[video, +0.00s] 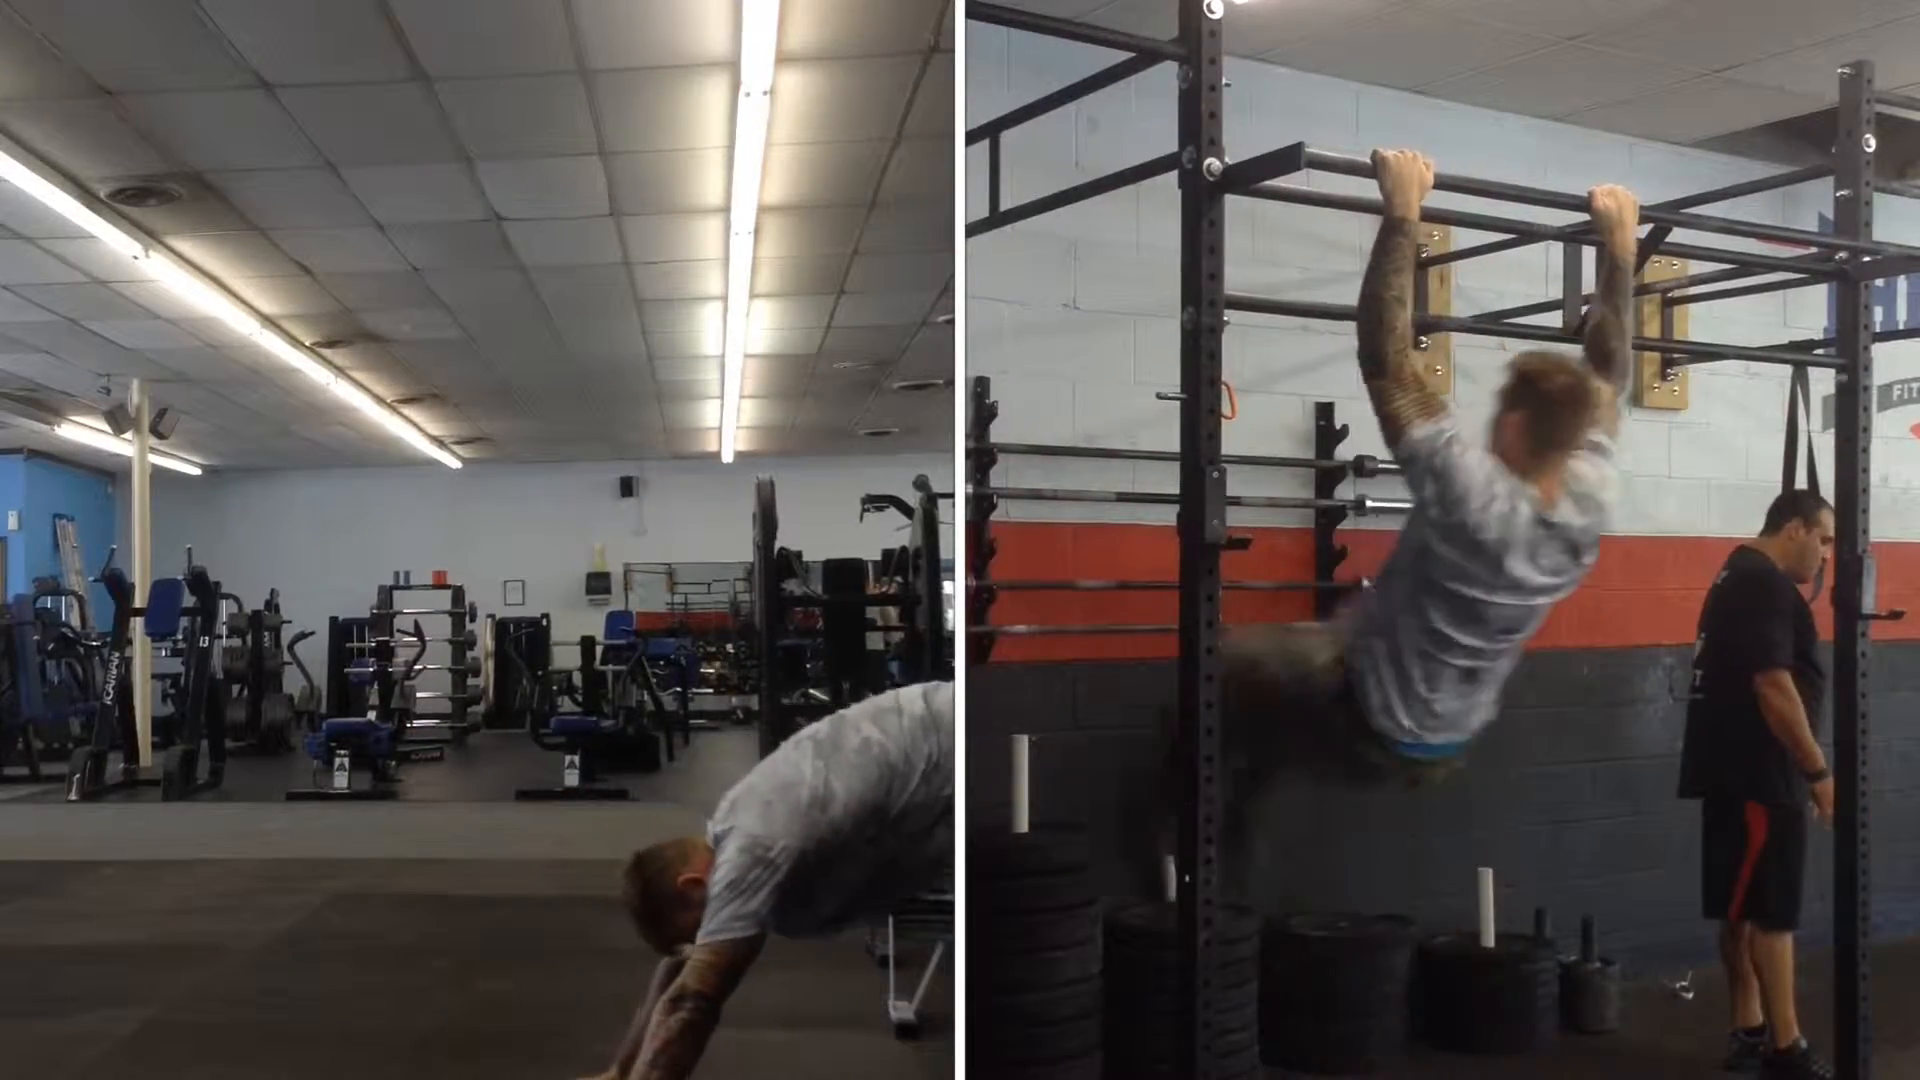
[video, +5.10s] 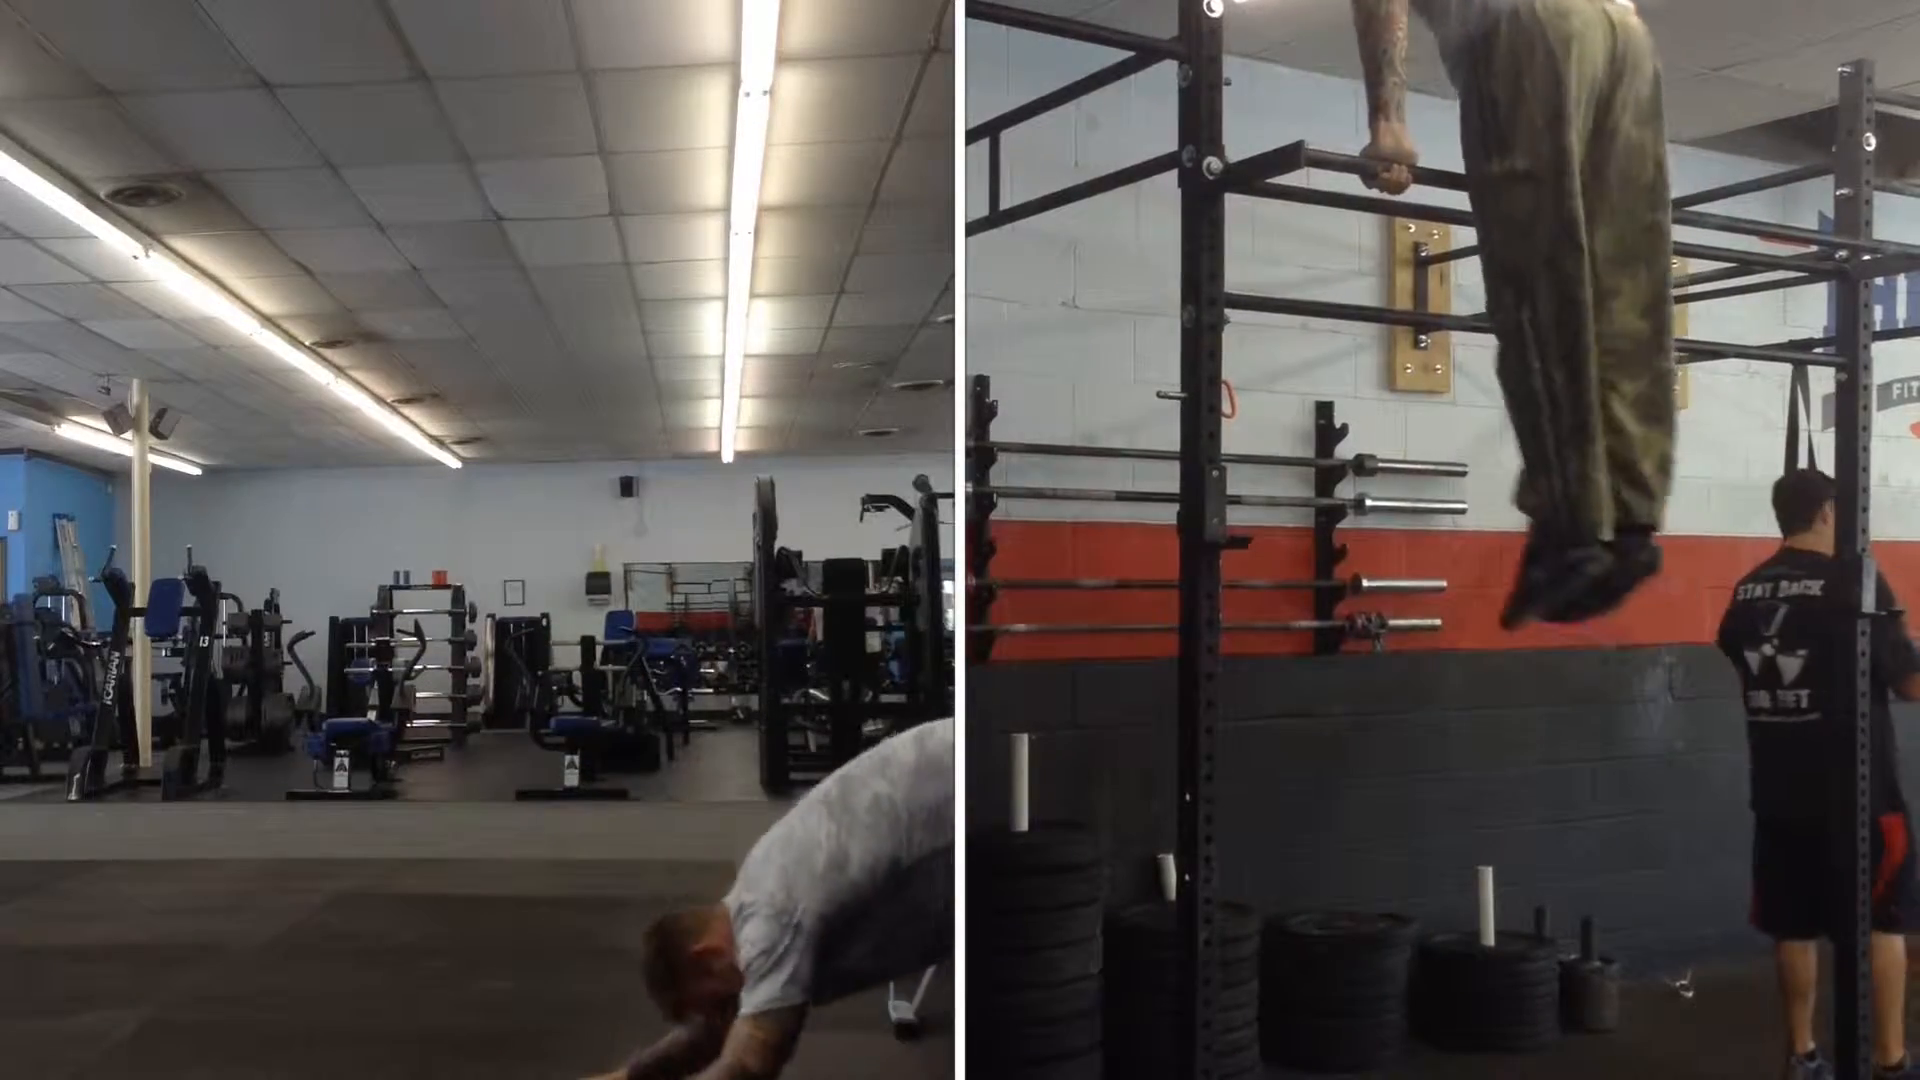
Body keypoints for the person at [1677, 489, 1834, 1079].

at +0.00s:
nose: (1825, 551)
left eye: (1829, 541)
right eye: (1822, 538)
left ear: (1783, 528)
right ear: (1793, 529)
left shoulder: (1739, 580)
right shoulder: (1764, 585)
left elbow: (1747, 684)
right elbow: (1771, 687)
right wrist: (1819, 771)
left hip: (1735, 771)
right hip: (1761, 776)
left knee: (1741, 911)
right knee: (1773, 916)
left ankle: (1749, 1032)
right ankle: (1787, 1045)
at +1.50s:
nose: (1866, 535)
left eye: (1866, 522)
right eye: (1862, 522)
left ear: (1814, 514)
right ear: (1835, 517)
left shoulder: (1784, 577)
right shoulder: (1825, 586)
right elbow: (1849, 700)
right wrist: (1895, 787)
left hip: (1791, 771)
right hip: (1827, 778)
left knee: (1807, 910)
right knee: (1834, 919)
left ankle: (1769, 1017)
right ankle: (1840, 1054)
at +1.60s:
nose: (1877, 531)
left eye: (1877, 518)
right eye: (1871, 517)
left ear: (1821, 513)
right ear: (1841, 515)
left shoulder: (1785, 581)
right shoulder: (1829, 587)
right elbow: (1860, 696)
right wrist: (1911, 781)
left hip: (1799, 777)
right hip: (1836, 783)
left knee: (1824, 913)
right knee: (1841, 924)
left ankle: (1785, 1005)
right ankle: (1844, 1054)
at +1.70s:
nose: (1883, 530)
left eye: (1883, 517)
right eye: (1876, 517)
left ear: (1827, 513)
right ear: (1844, 515)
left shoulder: (1790, 581)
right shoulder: (1839, 588)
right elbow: (1869, 702)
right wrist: (1915, 773)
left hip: (1802, 781)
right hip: (1840, 788)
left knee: (1830, 915)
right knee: (1844, 925)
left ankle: (1819, 1026)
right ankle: (1841, 1054)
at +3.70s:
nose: (1916, 524)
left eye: (1912, 511)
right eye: (1919, 512)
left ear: (1904, 515)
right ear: (1917, 517)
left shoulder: (1876, 577)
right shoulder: (1891, 577)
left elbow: (1845, 658)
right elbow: (1849, 660)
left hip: (1885, 767)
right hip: (1901, 770)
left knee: (1900, 914)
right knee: (1902, 915)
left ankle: (1883, 1029)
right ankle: (1883, 1031)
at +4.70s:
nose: (1892, 523)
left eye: (1887, 512)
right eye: (1888, 513)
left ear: (1826, 519)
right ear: (1876, 517)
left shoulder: (1790, 588)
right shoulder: (1902, 592)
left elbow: (1766, 665)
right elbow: (1907, 688)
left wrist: (1798, 727)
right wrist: (1898, 737)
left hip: (1814, 776)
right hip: (1894, 779)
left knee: (1813, 924)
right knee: (1904, 934)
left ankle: (1804, 1053)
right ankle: (1915, 1058)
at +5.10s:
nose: (1850, 525)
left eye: (1844, 513)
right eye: (1845, 514)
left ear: (1784, 519)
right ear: (1827, 515)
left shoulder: (1750, 587)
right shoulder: (1858, 581)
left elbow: (1735, 658)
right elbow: (1908, 681)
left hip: (1781, 780)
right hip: (1859, 783)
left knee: (1795, 922)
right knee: (1885, 919)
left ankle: (1803, 1054)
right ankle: (1890, 1057)